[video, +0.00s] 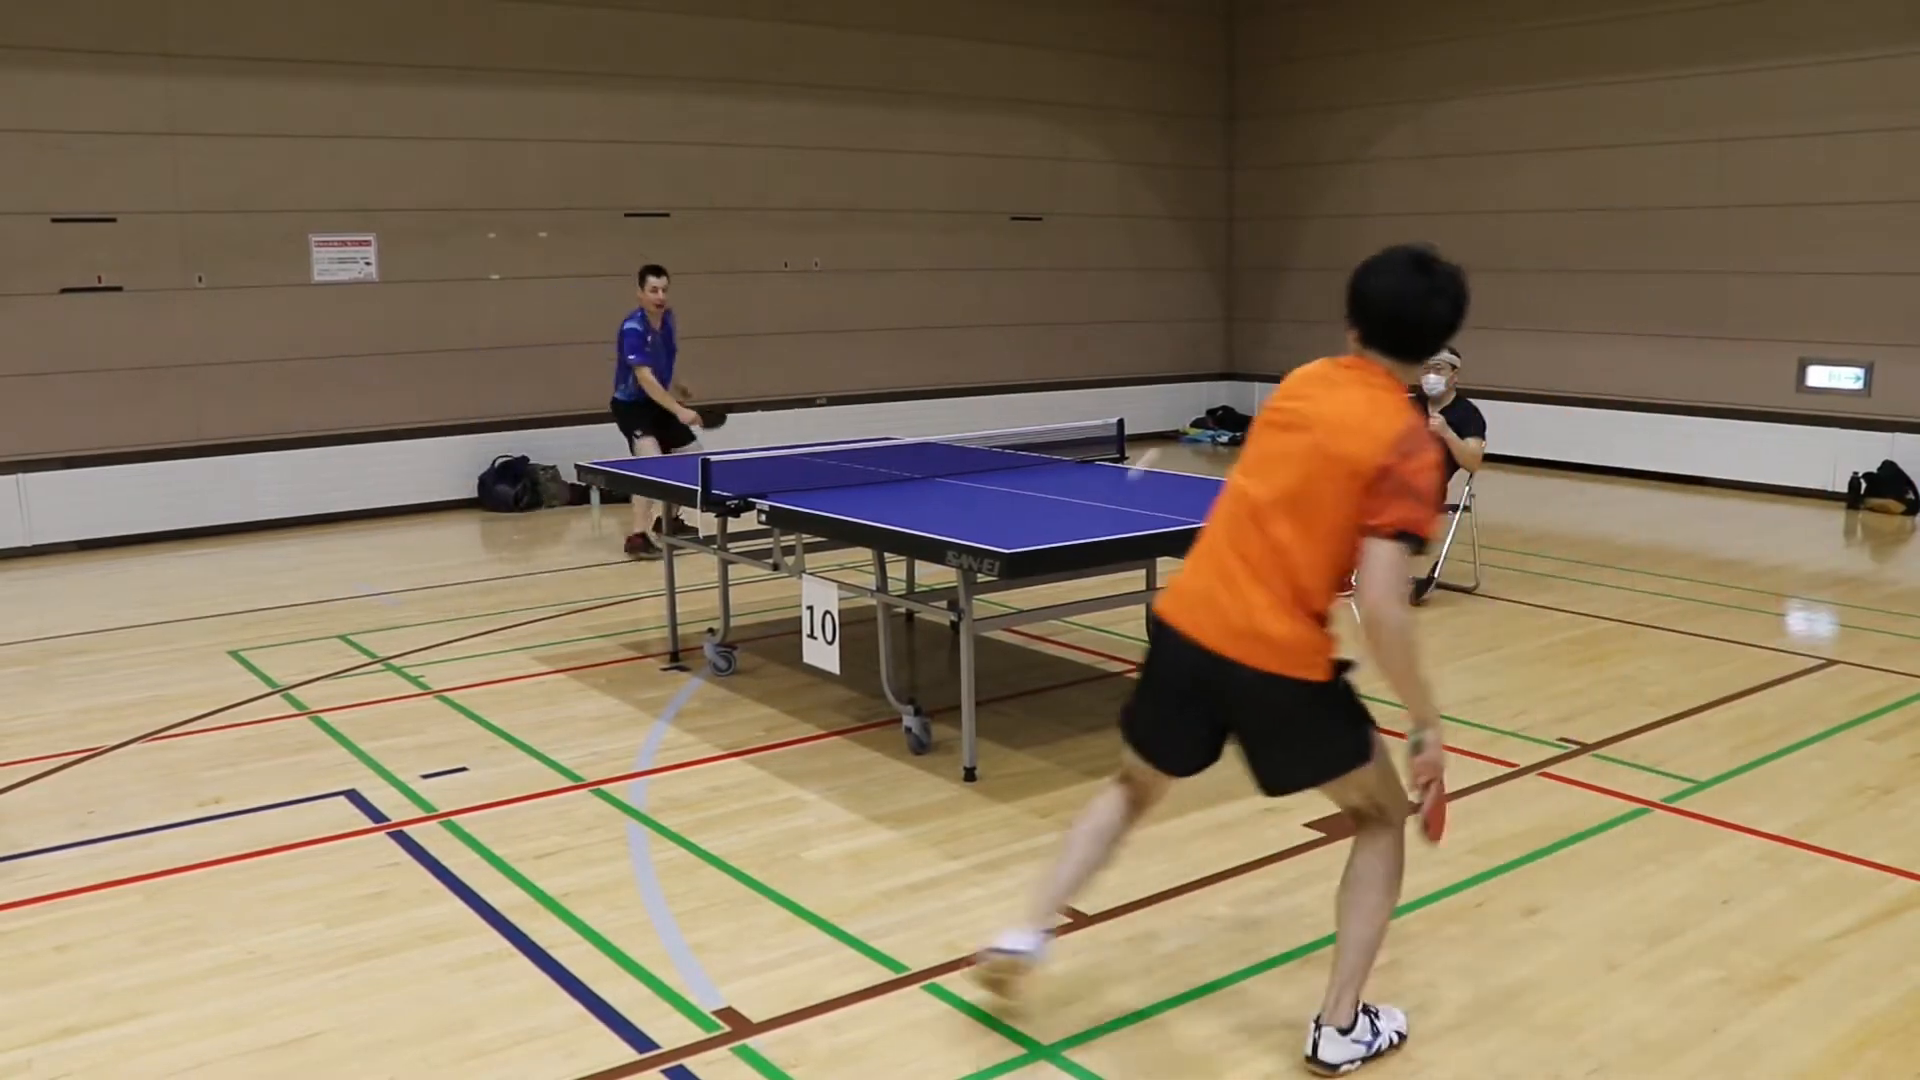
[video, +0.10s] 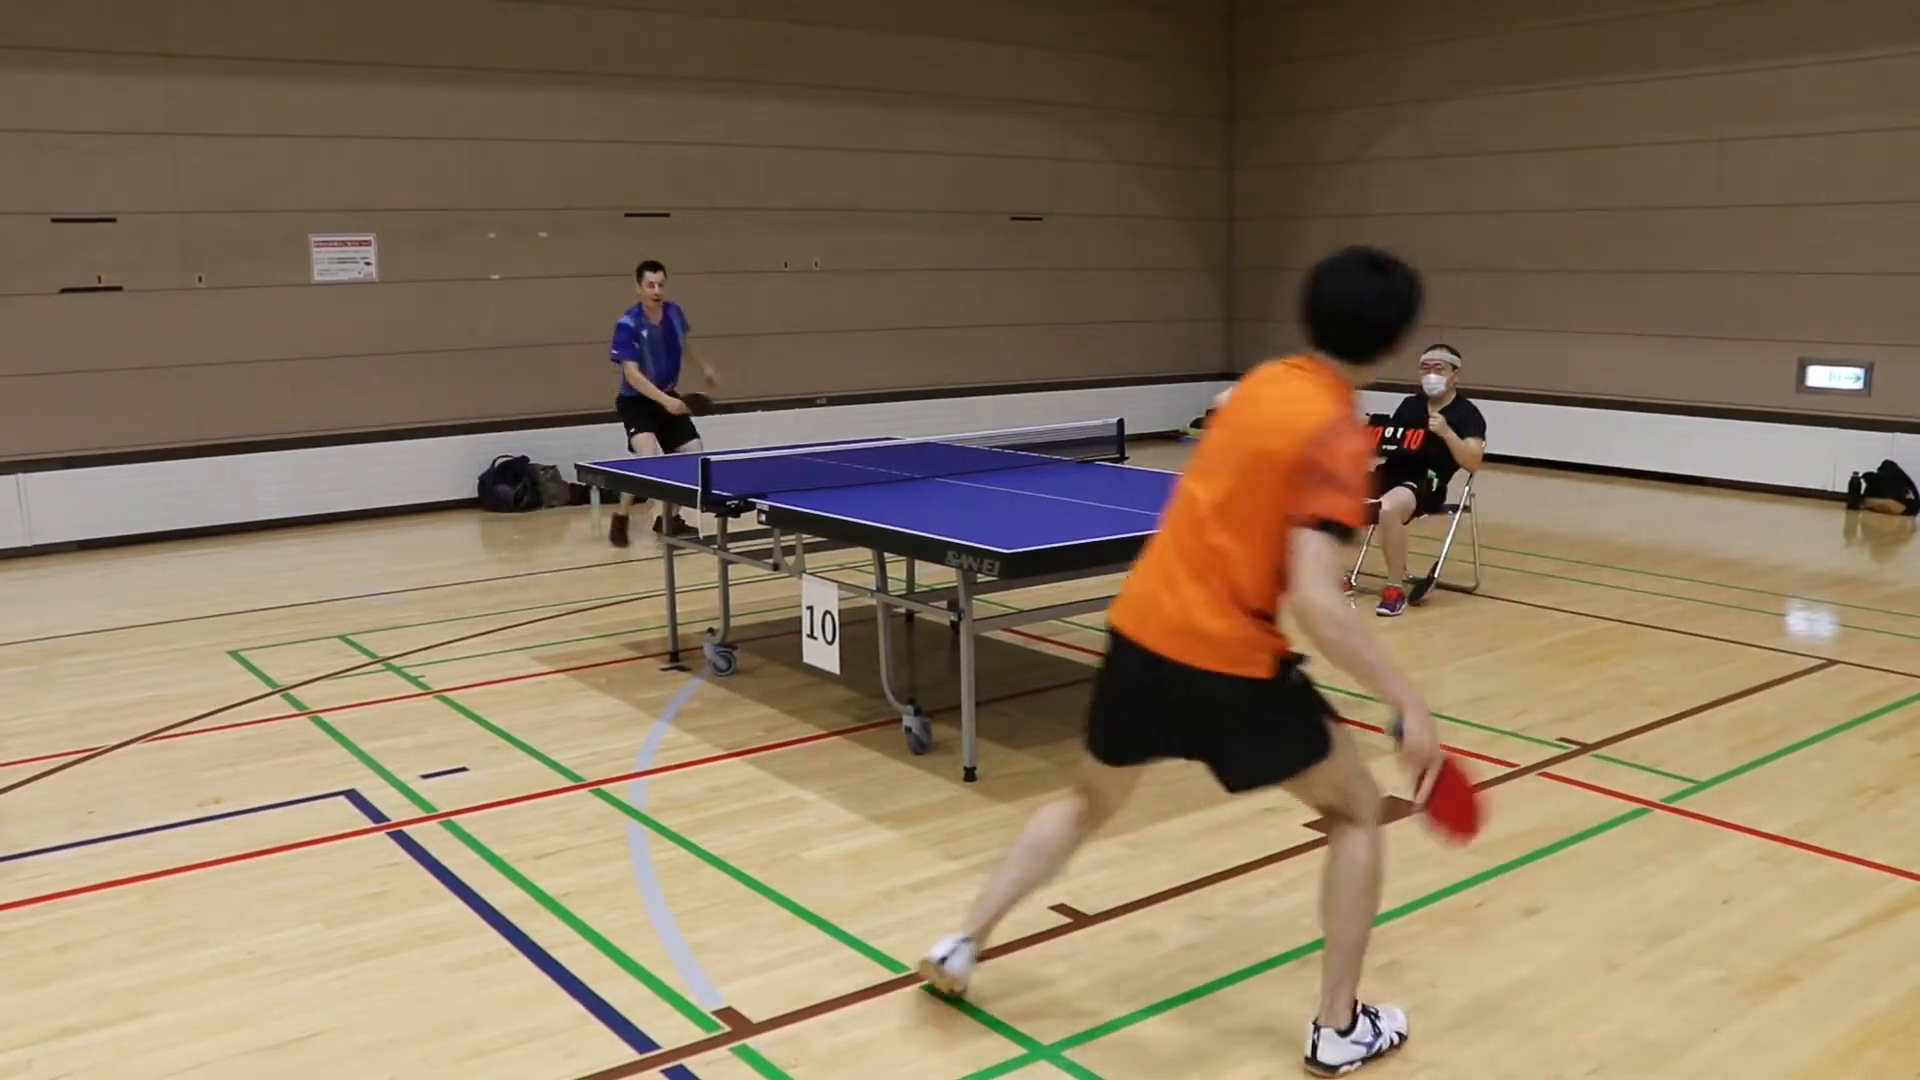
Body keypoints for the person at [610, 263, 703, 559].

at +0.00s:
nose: (660, 296)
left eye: (664, 290)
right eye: (653, 290)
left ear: (668, 292)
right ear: (640, 293)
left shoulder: (667, 319)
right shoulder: (633, 327)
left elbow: (666, 359)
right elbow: (645, 379)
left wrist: (676, 385)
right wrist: (678, 410)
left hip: (658, 399)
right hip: (631, 403)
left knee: (685, 455)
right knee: (651, 457)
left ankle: (670, 519)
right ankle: (638, 534)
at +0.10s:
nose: (656, 291)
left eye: (660, 285)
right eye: (650, 285)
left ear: (666, 287)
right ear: (638, 288)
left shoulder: (673, 314)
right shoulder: (628, 324)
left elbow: (685, 344)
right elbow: (631, 374)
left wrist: (705, 368)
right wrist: (666, 400)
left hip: (666, 396)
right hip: (636, 399)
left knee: (692, 452)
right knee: (648, 455)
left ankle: (668, 517)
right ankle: (622, 514)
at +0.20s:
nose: (651, 279)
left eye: (655, 273)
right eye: (645, 274)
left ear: (661, 275)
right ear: (633, 277)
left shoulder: (675, 300)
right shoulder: (622, 314)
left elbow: (695, 324)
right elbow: (617, 361)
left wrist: (719, 349)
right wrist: (644, 391)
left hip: (670, 385)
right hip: (636, 388)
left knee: (692, 447)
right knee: (631, 449)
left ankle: (671, 513)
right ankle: (619, 517)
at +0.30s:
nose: (646, 268)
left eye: (650, 262)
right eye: (640, 263)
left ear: (656, 264)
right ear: (629, 267)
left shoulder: (672, 290)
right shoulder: (617, 303)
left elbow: (698, 309)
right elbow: (603, 344)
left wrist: (721, 335)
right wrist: (620, 378)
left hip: (668, 373)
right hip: (633, 376)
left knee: (700, 436)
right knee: (615, 438)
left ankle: (690, 499)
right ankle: (598, 496)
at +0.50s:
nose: (639, 296)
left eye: (643, 291)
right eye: (633, 291)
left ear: (649, 292)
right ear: (624, 294)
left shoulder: (668, 319)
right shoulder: (614, 325)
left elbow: (696, 341)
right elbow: (595, 356)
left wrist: (709, 378)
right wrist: (594, 383)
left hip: (663, 401)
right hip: (629, 402)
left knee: (698, 449)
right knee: (601, 452)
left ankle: (717, 500)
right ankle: (578, 507)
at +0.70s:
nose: (623, 336)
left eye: (628, 330)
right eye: (617, 331)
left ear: (637, 332)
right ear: (611, 336)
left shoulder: (649, 356)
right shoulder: (623, 361)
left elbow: (674, 382)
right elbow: (630, 399)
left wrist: (661, 408)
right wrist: (615, 424)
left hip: (671, 424)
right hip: (644, 424)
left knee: (704, 466)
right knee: (599, 455)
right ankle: (578, 509)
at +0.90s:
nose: (662, 305)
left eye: (667, 299)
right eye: (658, 299)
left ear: (676, 299)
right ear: (651, 299)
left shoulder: (681, 333)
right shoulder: (634, 321)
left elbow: (696, 356)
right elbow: (607, 323)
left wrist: (686, 371)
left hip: (664, 397)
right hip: (632, 396)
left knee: (695, 450)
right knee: (600, 450)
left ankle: (714, 500)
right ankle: (579, 507)